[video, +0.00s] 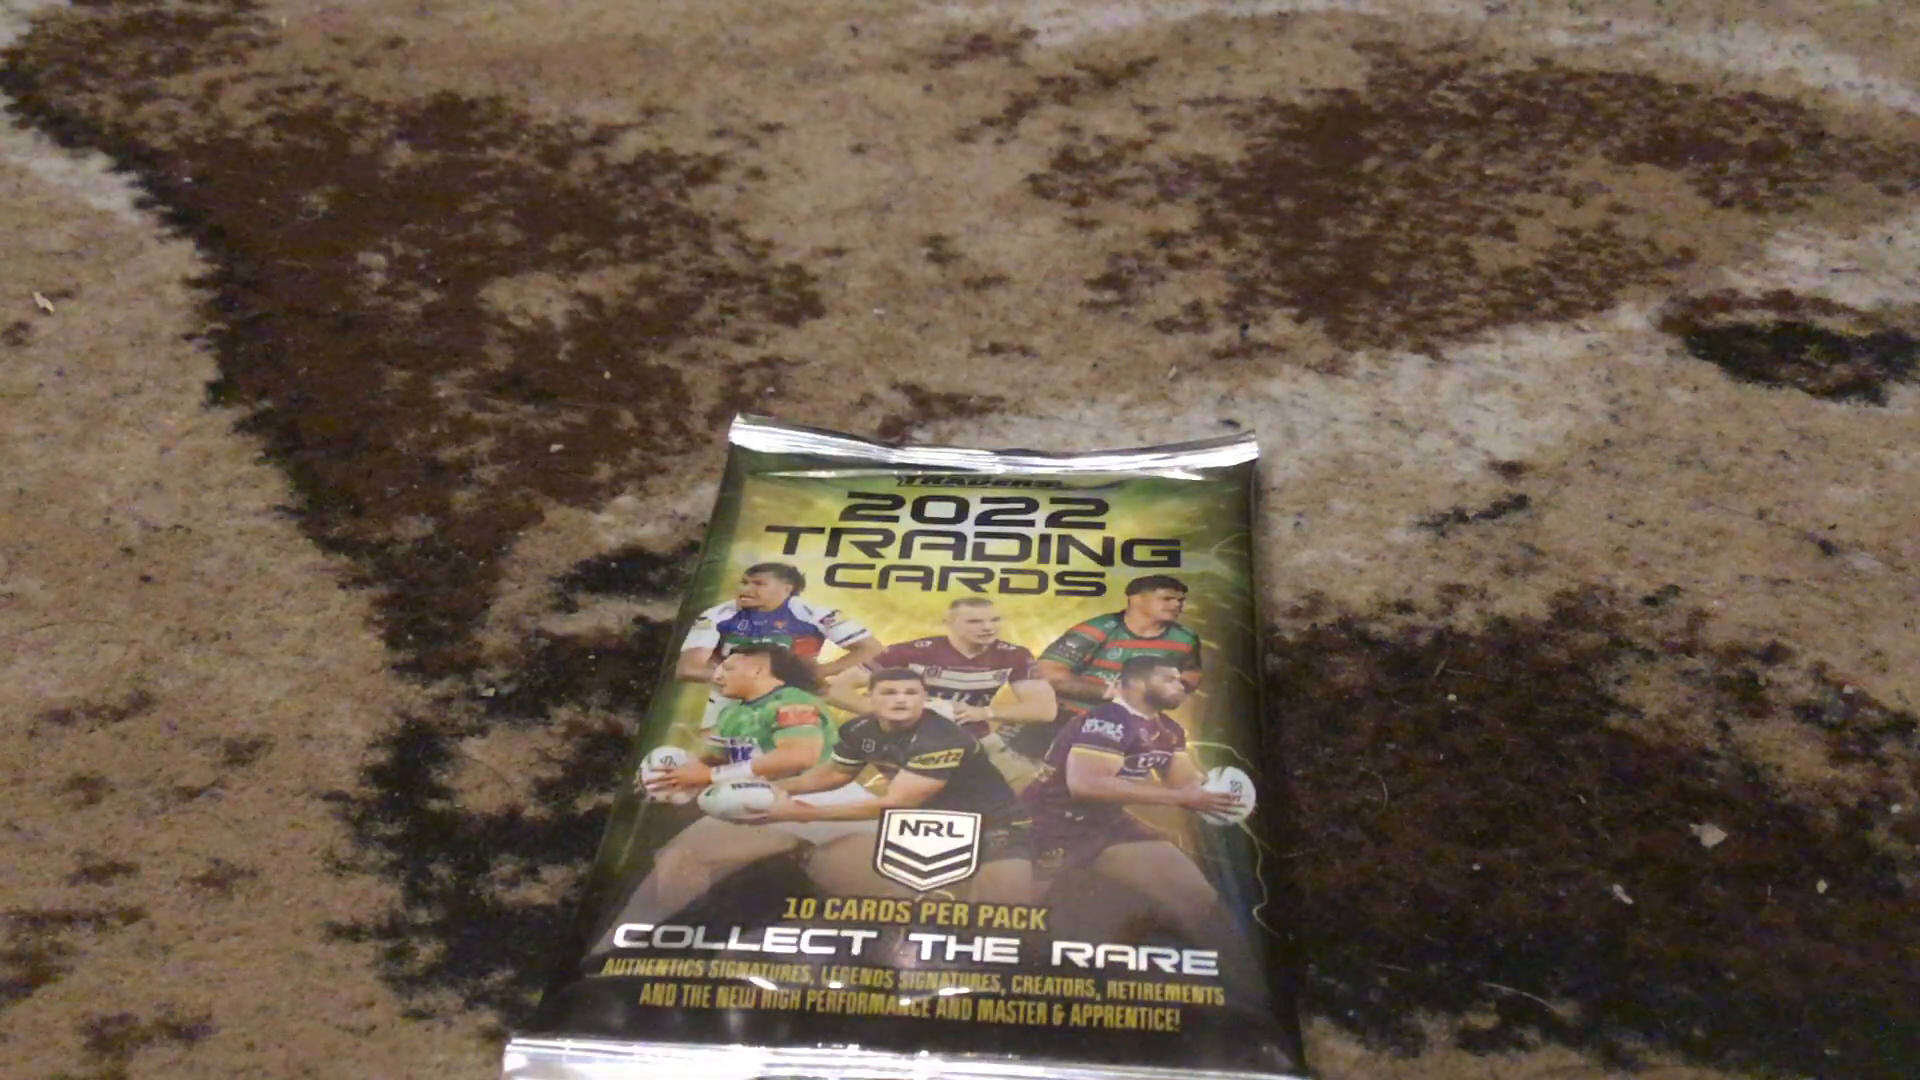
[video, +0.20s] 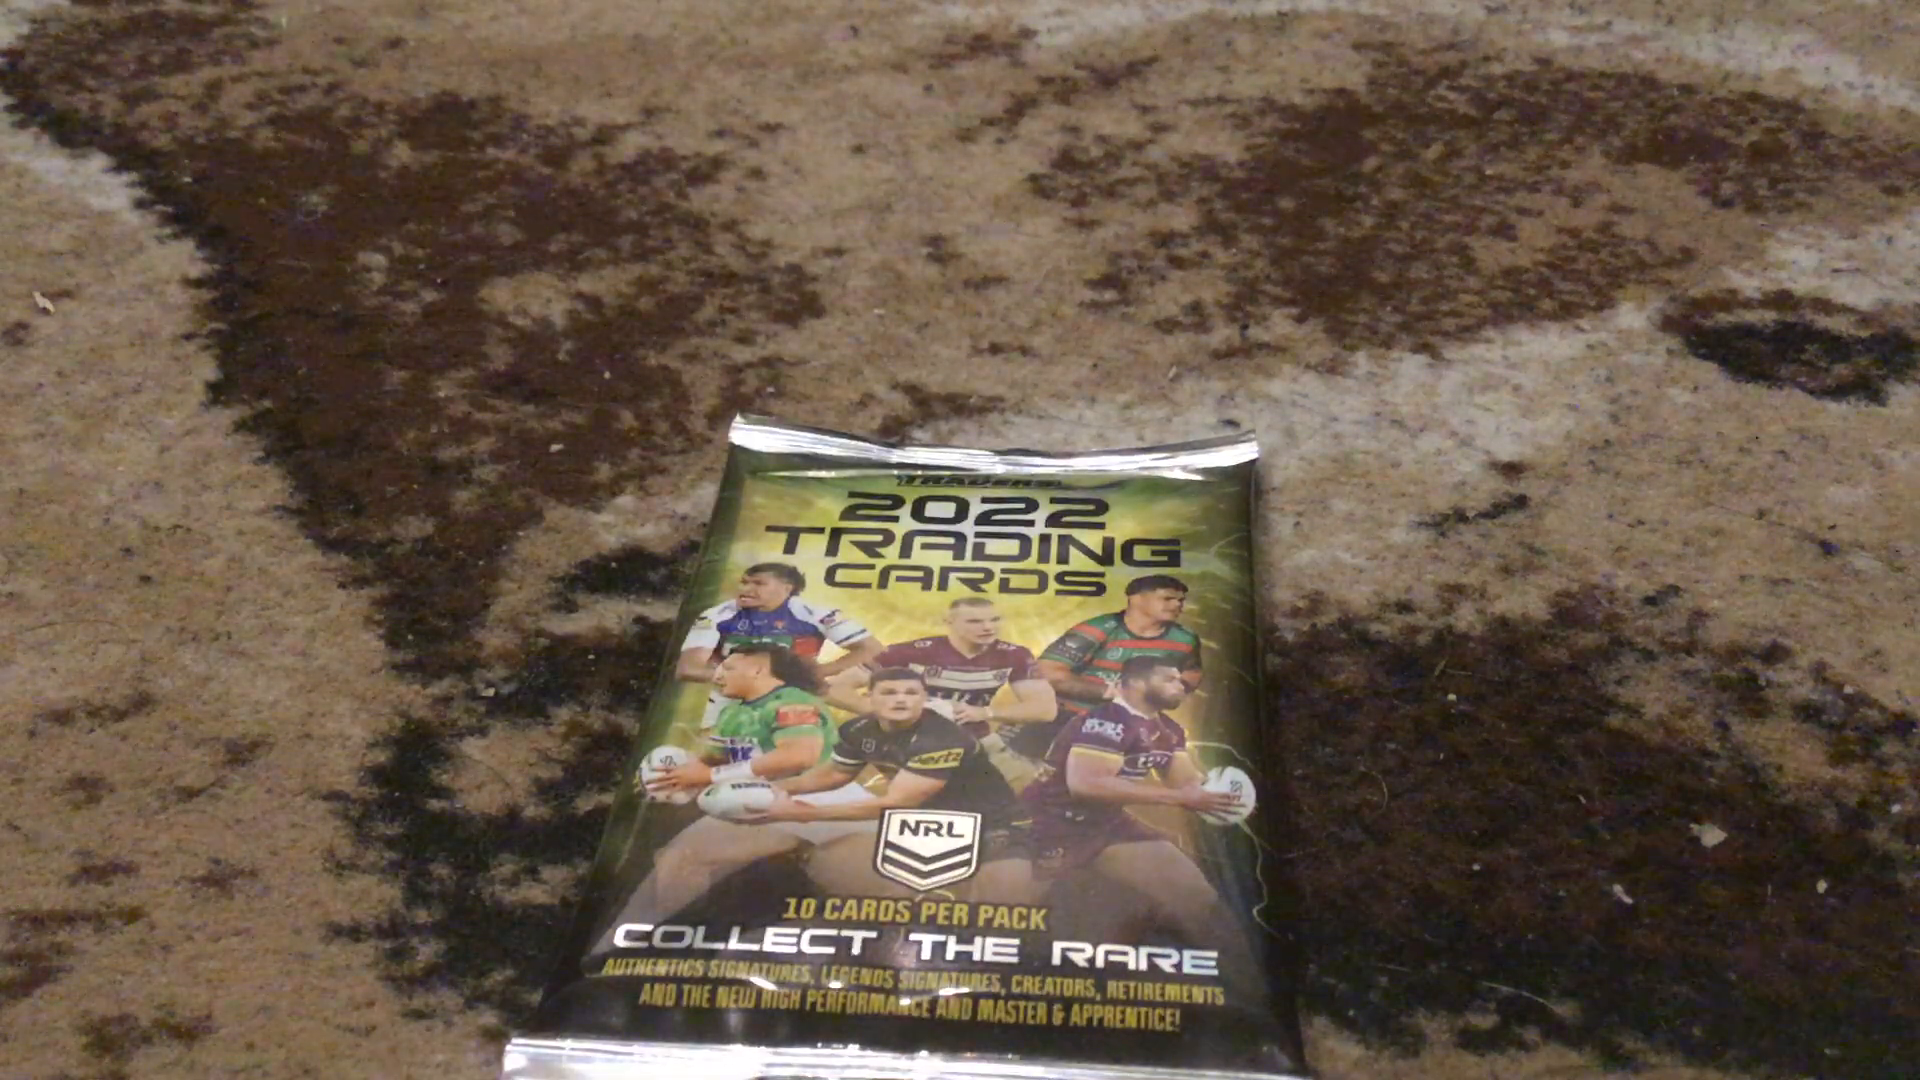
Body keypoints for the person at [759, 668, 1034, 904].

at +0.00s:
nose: (900, 700)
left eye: (910, 693)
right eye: (889, 693)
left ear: (925, 698)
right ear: (871, 699)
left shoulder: (943, 738)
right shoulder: (861, 731)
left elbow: (894, 806)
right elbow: (835, 773)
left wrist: (807, 813)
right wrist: (784, 786)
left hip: (994, 828)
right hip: (931, 826)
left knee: (1004, 918)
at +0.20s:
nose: (900, 700)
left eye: (910, 693)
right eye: (889, 693)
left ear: (924, 699)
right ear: (872, 699)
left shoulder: (943, 738)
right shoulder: (861, 731)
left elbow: (895, 805)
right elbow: (835, 773)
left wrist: (808, 813)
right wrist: (787, 786)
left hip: (995, 830)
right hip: (931, 826)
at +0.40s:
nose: (900, 700)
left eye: (910, 692)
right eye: (889, 692)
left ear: (924, 699)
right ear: (872, 698)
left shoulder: (943, 739)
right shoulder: (861, 732)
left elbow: (894, 806)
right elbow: (833, 773)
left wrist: (806, 813)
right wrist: (786, 786)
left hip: (993, 827)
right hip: (927, 824)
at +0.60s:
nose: (899, 700)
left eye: (910, 693)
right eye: (889, 693)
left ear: (924, 699)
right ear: (872, 698)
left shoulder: (944, 738)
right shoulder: (861, 732)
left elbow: (895, 805)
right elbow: (834, 772)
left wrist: (807, 813)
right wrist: (786, 787)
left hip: (993, 827)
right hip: (928, 825)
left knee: (1005, 909)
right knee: (833, 866)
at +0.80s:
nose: (900, 700)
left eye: (910, 693)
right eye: (889, 693)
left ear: (924, 699)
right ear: (872, 698)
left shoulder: (943, 738)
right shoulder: (861, 731)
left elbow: (894, 805)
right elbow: (834, 772)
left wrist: (807, 813)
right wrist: (786, 786)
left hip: (994, 828)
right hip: (930, 823)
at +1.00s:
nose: (900, 700)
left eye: (910, 693)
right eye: (889, 693)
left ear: (924, 698)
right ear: (872, 698)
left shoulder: (944, 738)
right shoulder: (861, 731)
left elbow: (895, 805)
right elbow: (834, 772)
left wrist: (811, 813)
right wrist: (788, 785)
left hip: (993, 828)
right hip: (930, 826)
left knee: (1006, 913)